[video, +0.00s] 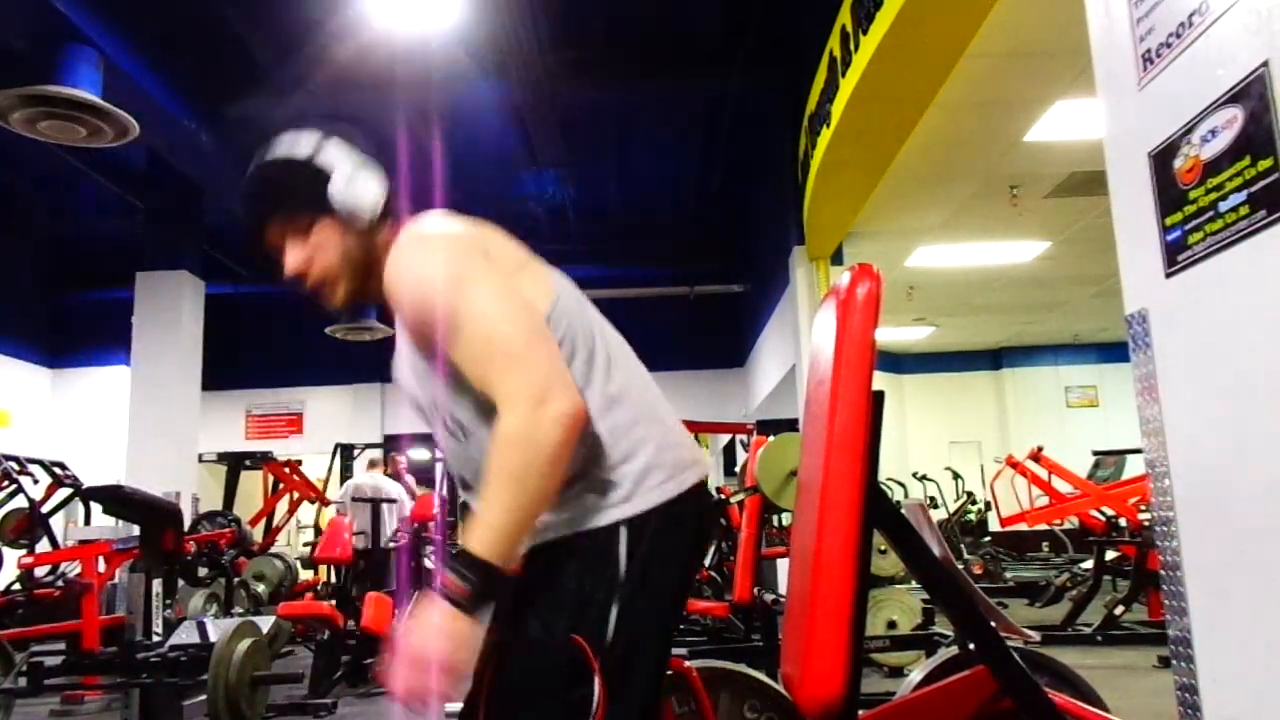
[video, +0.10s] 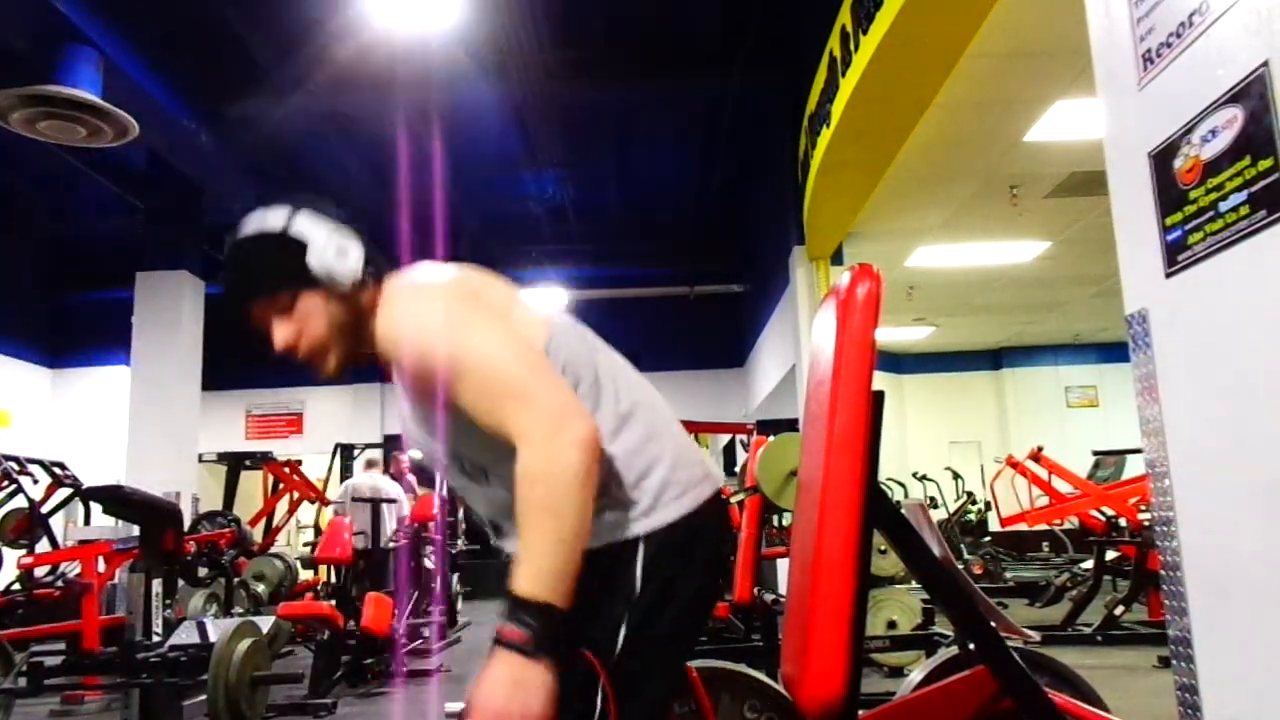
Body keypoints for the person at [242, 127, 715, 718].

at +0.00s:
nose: (292, 264)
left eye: (304, 231)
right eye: (281, 247)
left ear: (353, 203)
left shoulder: (427, 254)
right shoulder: (415, 282)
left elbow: (546, 408)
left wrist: (458, 595)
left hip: (624, 516)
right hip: (570, 525)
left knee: (549, 705)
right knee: (508, 700)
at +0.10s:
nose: (281, 339)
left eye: (287, 307)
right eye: (267, 325)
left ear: (330, 272)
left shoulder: (420, 307)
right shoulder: (408, 338)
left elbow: (561, 436)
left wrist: (524, 642)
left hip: (655, 528)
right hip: (601, 536)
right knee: (541, 703)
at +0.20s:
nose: (283, 395)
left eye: (285, 365)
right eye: (265, 387)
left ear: (328, 321)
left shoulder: (414, 355)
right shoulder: (405, 377)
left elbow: (565, 472)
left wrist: (557, 684)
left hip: (662, 555)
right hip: (607, 555)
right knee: (484, 710)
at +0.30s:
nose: (292, 429)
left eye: (294, 397)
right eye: (274, 421)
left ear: (334, 355)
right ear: (268, 430)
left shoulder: (422, 390)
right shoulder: (410, 405)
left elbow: (563, 522)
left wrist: (584, 698)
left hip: (659, 594)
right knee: (474, 712)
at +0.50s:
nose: (327, 448)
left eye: (332, 416)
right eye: (310, 437)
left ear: (379, 379)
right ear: (306, 445)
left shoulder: (462, 433)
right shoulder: (447, 438)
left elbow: (577, 603)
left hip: (683, 673)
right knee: (502, 700)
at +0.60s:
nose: (347, 444)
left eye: (358, 416)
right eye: (336, 427)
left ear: (415, 388)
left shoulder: (495, 457)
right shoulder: (479, 451)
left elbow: (600, 645)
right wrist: (555, 691)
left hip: (698, 703)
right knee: (505, 711)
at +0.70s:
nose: (386, 427)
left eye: (397, 403)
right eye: (385, 404)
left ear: (457, 385)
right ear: (456, 385)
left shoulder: (540, 459)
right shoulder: (521, 453)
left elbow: (626, 669)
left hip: (697, 709)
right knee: (508, 706)